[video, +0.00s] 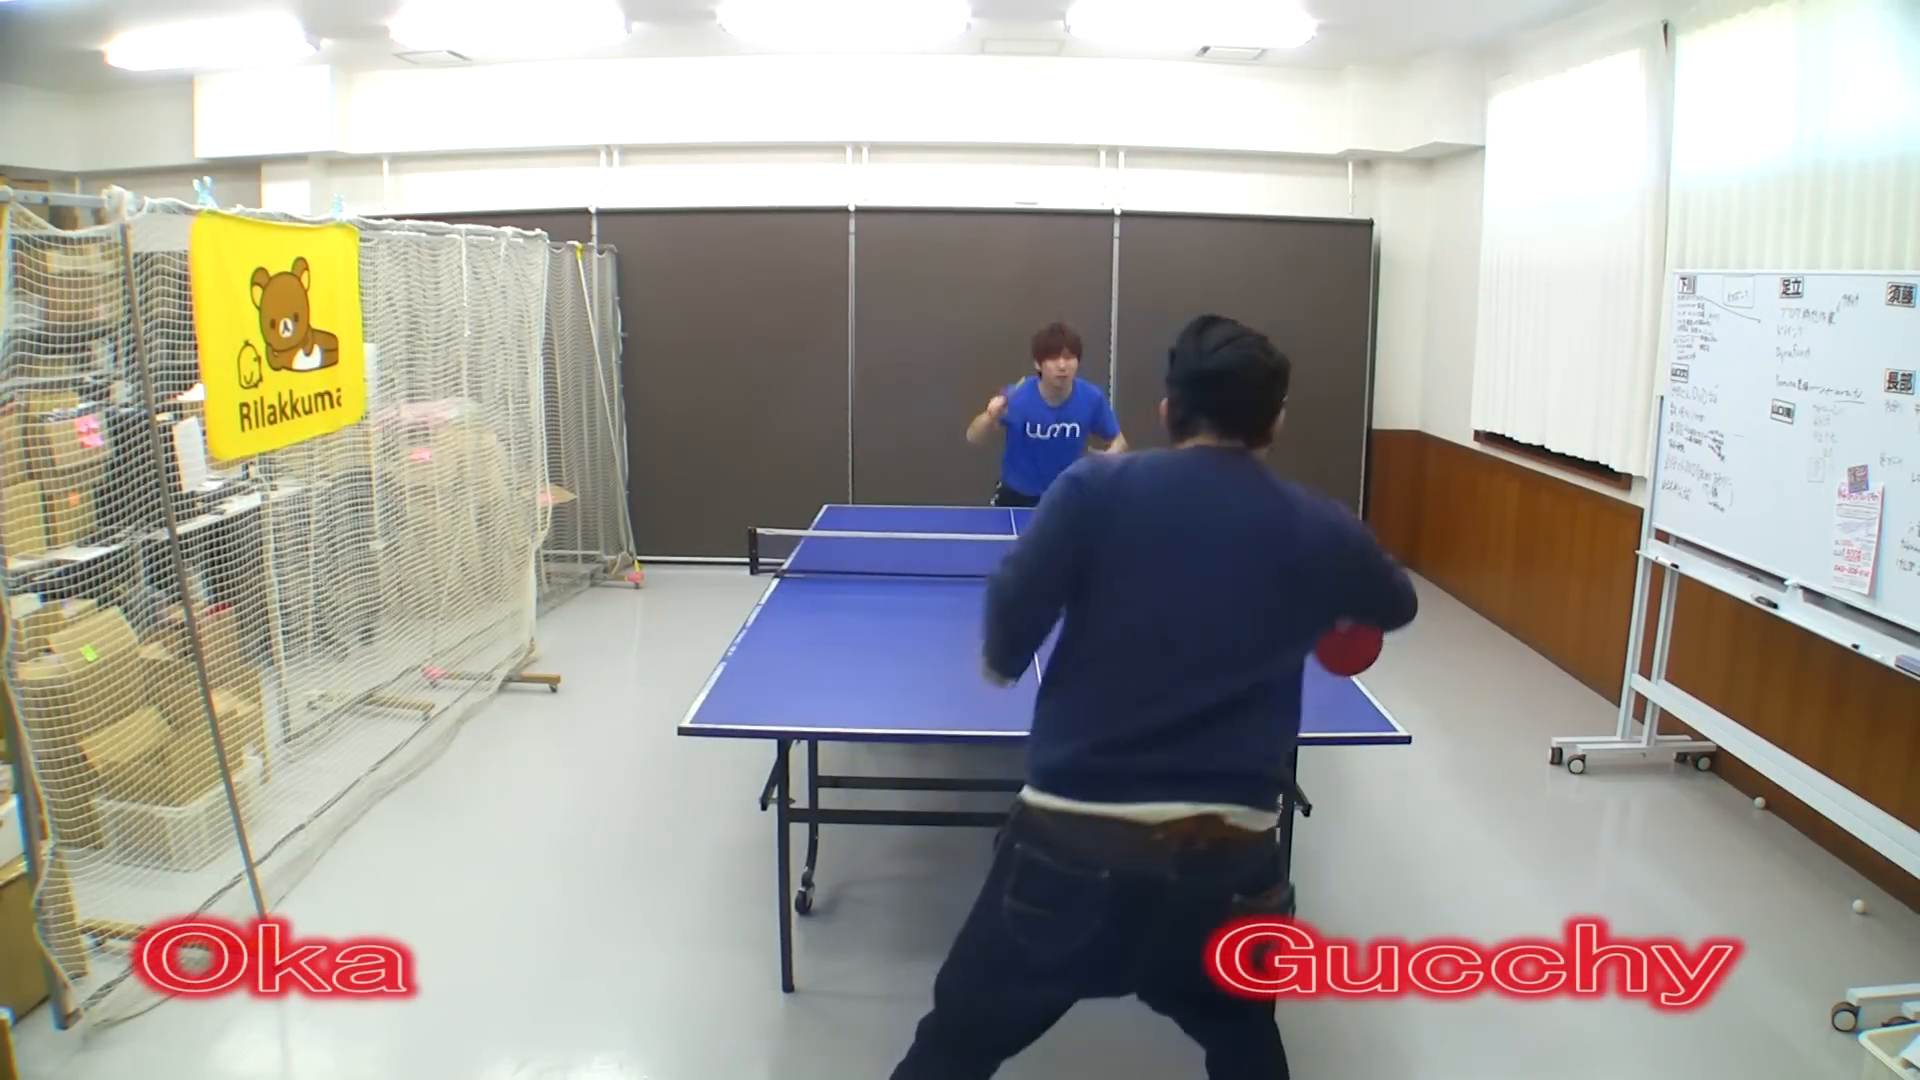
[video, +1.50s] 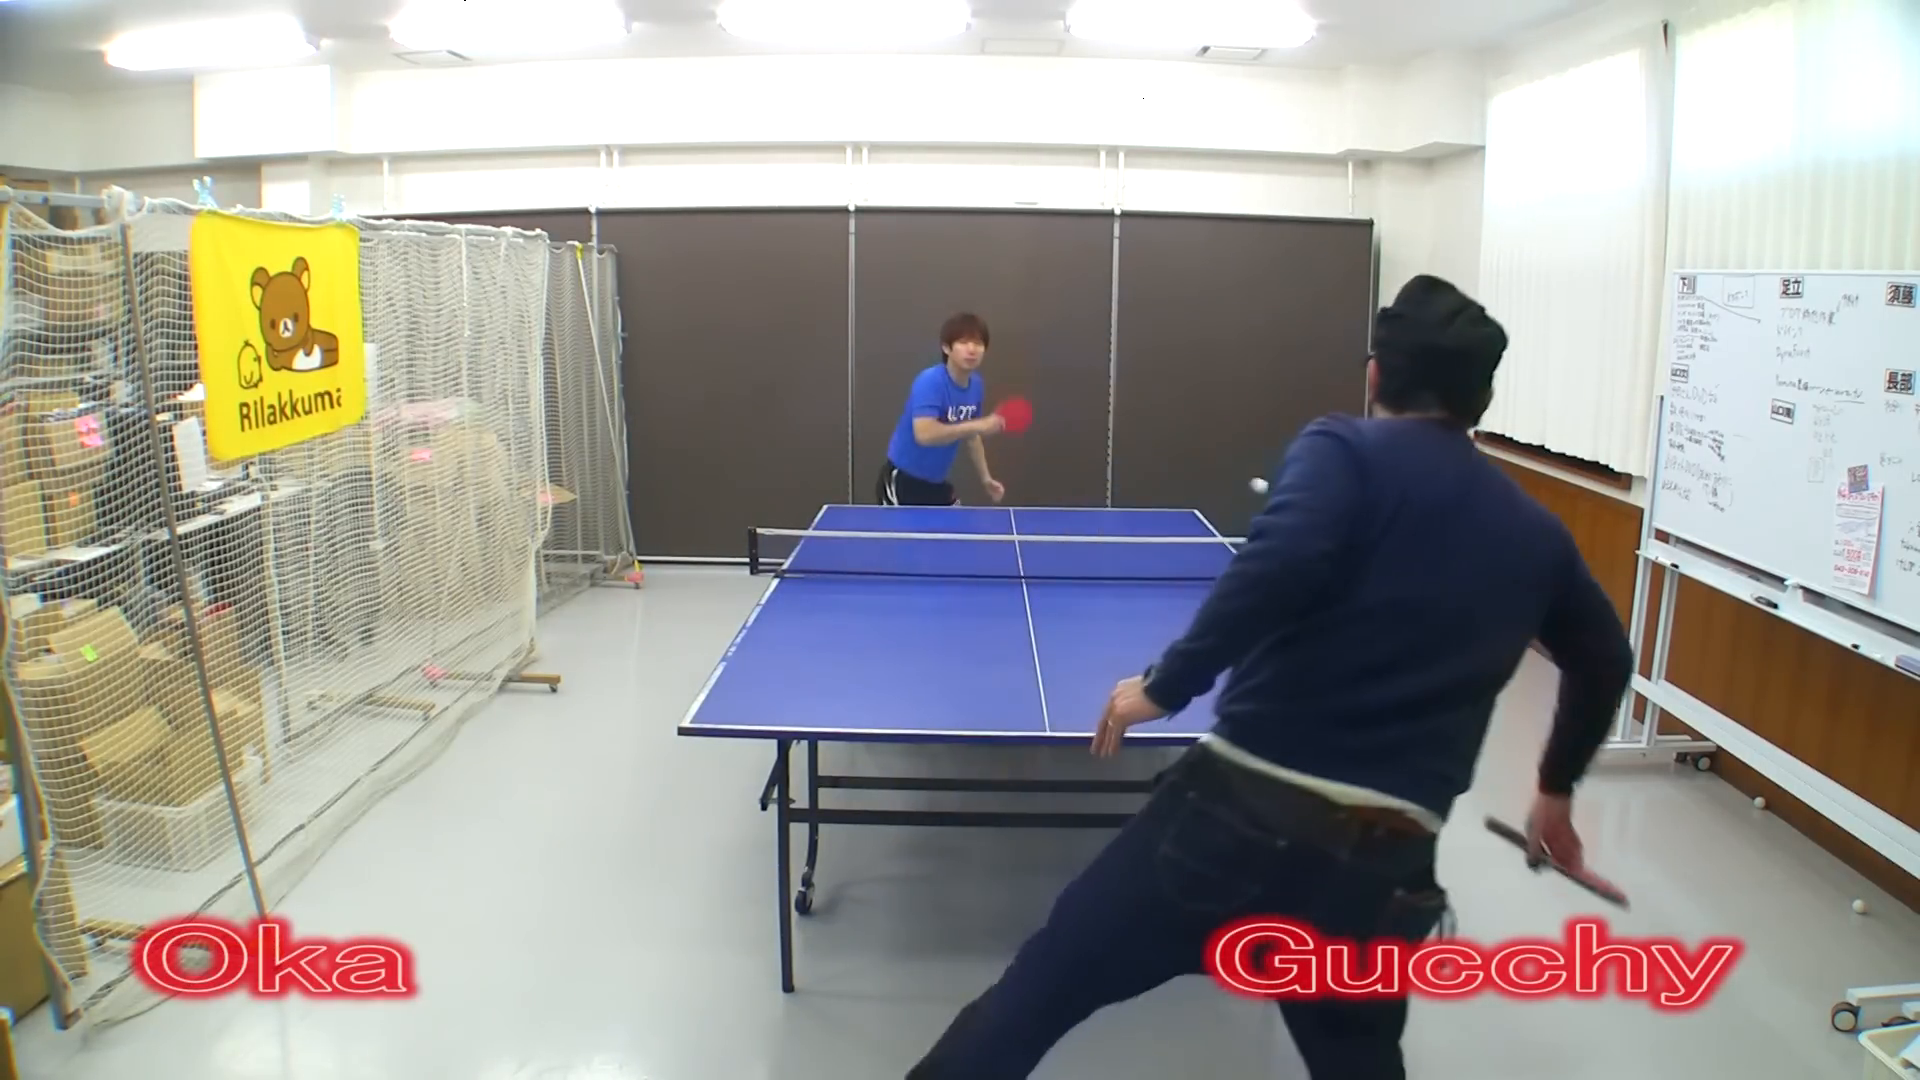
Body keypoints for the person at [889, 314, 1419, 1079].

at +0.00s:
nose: (1158, 404)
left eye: (1162, 394)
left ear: (1170, 406)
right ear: (1273, 422)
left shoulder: (1096, 488)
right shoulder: (1312, 526)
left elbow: (1010, 625)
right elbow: (1397, 603)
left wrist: (1007, 658)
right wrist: (1314, 579)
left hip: (1069, 863)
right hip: (1225, 875)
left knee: (956, 1046)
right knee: (1247, 1048)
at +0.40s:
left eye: (1167, 362)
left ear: (1172, 376)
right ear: (1283, 383)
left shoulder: (1137, 459)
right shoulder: (1335, 500)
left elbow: (1089, 580)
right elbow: (1382, 622)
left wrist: (1012, 630)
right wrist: (1284, 655)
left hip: (1121, 845)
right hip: (1268, 852)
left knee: (1003, 1033)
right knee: (1258, 1052)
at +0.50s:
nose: (1140, 376)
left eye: (1140, 366)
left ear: (1145, 383)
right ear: (1257, 390)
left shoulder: (1096, 477)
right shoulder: (1312, 506)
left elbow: (1018, 619)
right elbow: (1371, 657)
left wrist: (989, 644)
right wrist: (1275, 691)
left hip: (1102, 866)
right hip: (1255, 866)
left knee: (1004, 1058)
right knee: (1252, 1055)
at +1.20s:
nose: (1156, 392)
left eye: (1160, 381)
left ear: (1167, 400)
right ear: (1278, 410)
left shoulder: (1103, 512)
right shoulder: (1333, 537)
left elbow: (1035, 681)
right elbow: (1400, 701)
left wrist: (1024, 739)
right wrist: (1301, 664)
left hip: (1116, 913)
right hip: (1282, 913)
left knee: (1008, 1067)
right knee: (1309, 1061)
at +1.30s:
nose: (1249, 401)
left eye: (1255, 389)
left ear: (1262, 407)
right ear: (1369, 421)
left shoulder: (1199, 493)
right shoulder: (1412, 538)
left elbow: (1123, 611)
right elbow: (1551, 605)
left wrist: (1044, 719)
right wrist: (1505, 632)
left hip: (1129, 888)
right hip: (1289, 902)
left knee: (1030, 1067)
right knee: (1310, 1062)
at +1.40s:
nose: (1326, 392)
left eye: (1331, 381)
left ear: (1340, 395)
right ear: (1447, 413)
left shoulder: (1289, 473)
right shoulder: (1489, 534)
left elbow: (1228, 580)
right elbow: (1580, 622)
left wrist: (1126, 689)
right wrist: (1531, 681)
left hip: (1184, 853)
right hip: (1337, 888)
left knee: (1018, 1033)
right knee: (1337, 1061)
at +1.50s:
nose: (1365, 371)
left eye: (1370, 361)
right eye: (1376, 359)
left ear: (1377, 375)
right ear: (1480, 399)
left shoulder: (1340, 449)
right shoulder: (1533, 530)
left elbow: (1285, 562)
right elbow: (1602, 659)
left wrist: (1161, 686)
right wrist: (1556, 788)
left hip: (1231, 828)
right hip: (1384, 869)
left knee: (1037, 997)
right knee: (1363, 1066)